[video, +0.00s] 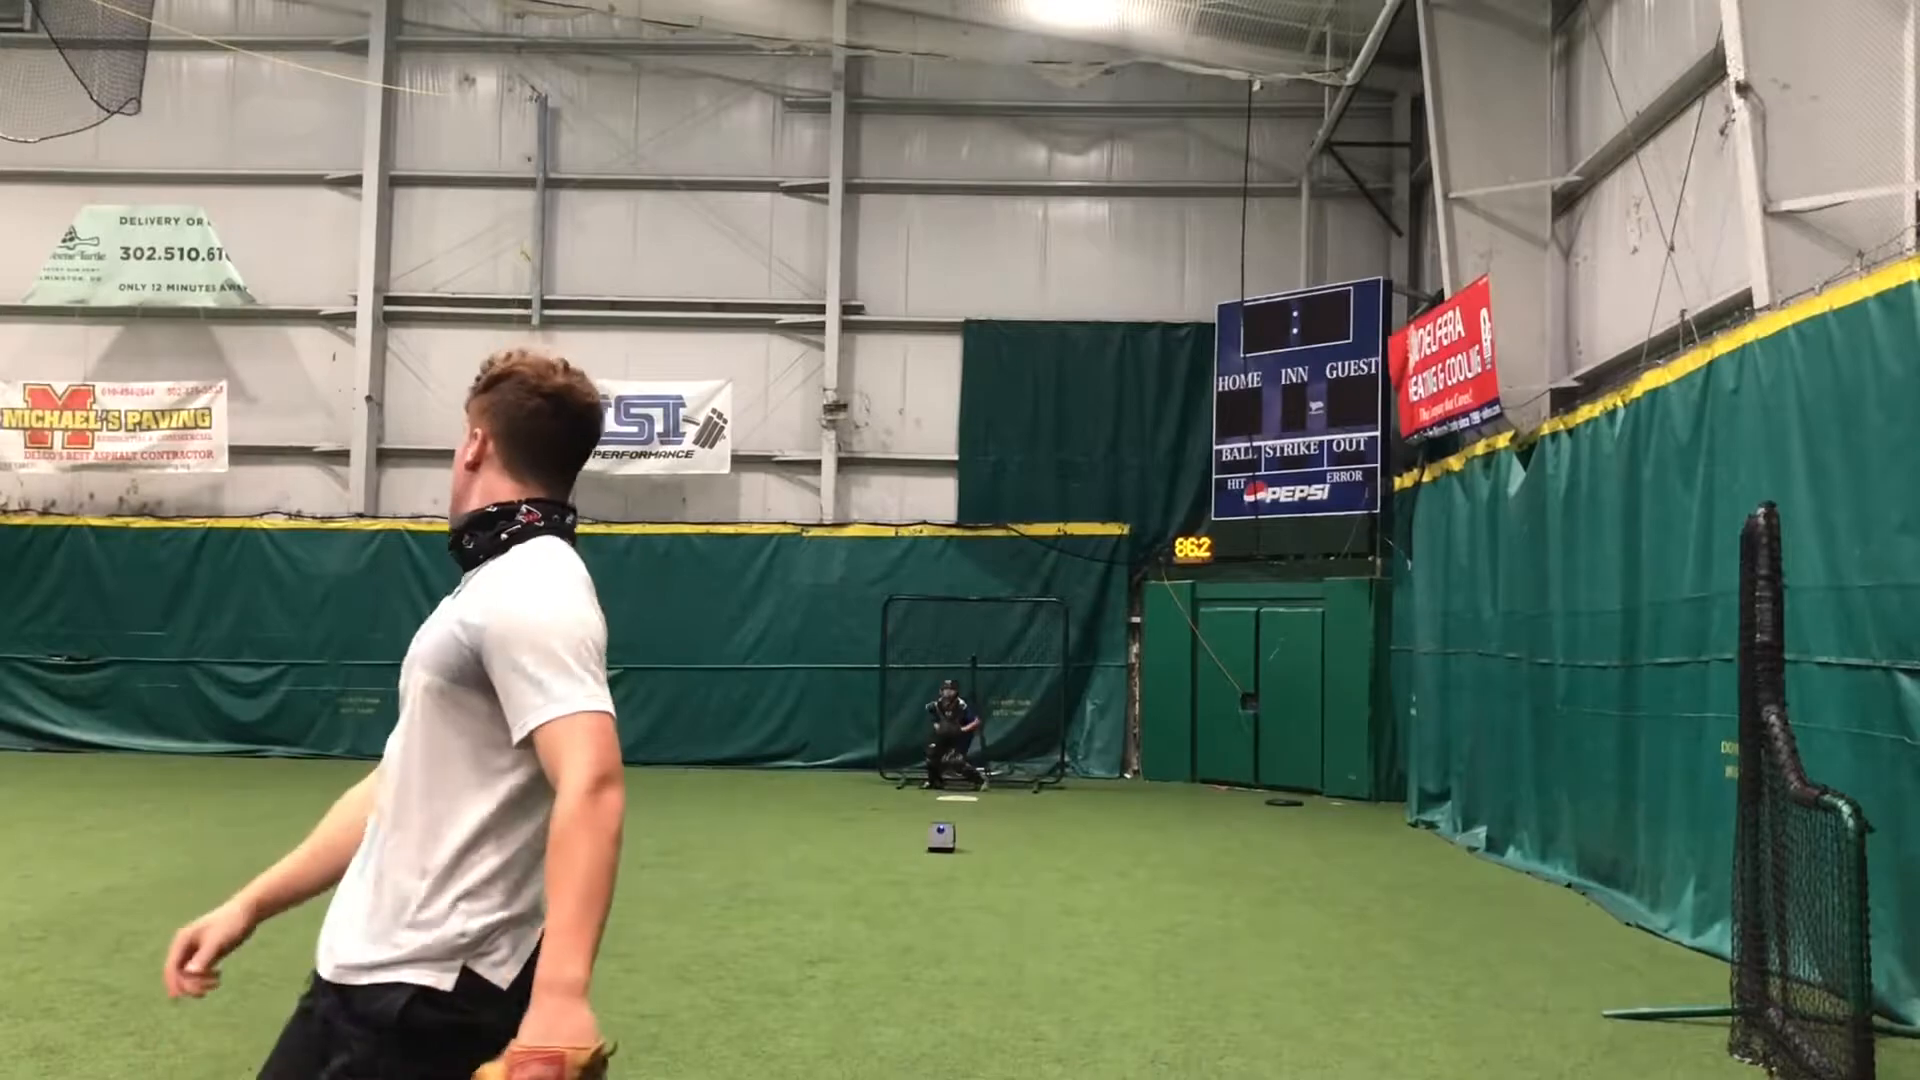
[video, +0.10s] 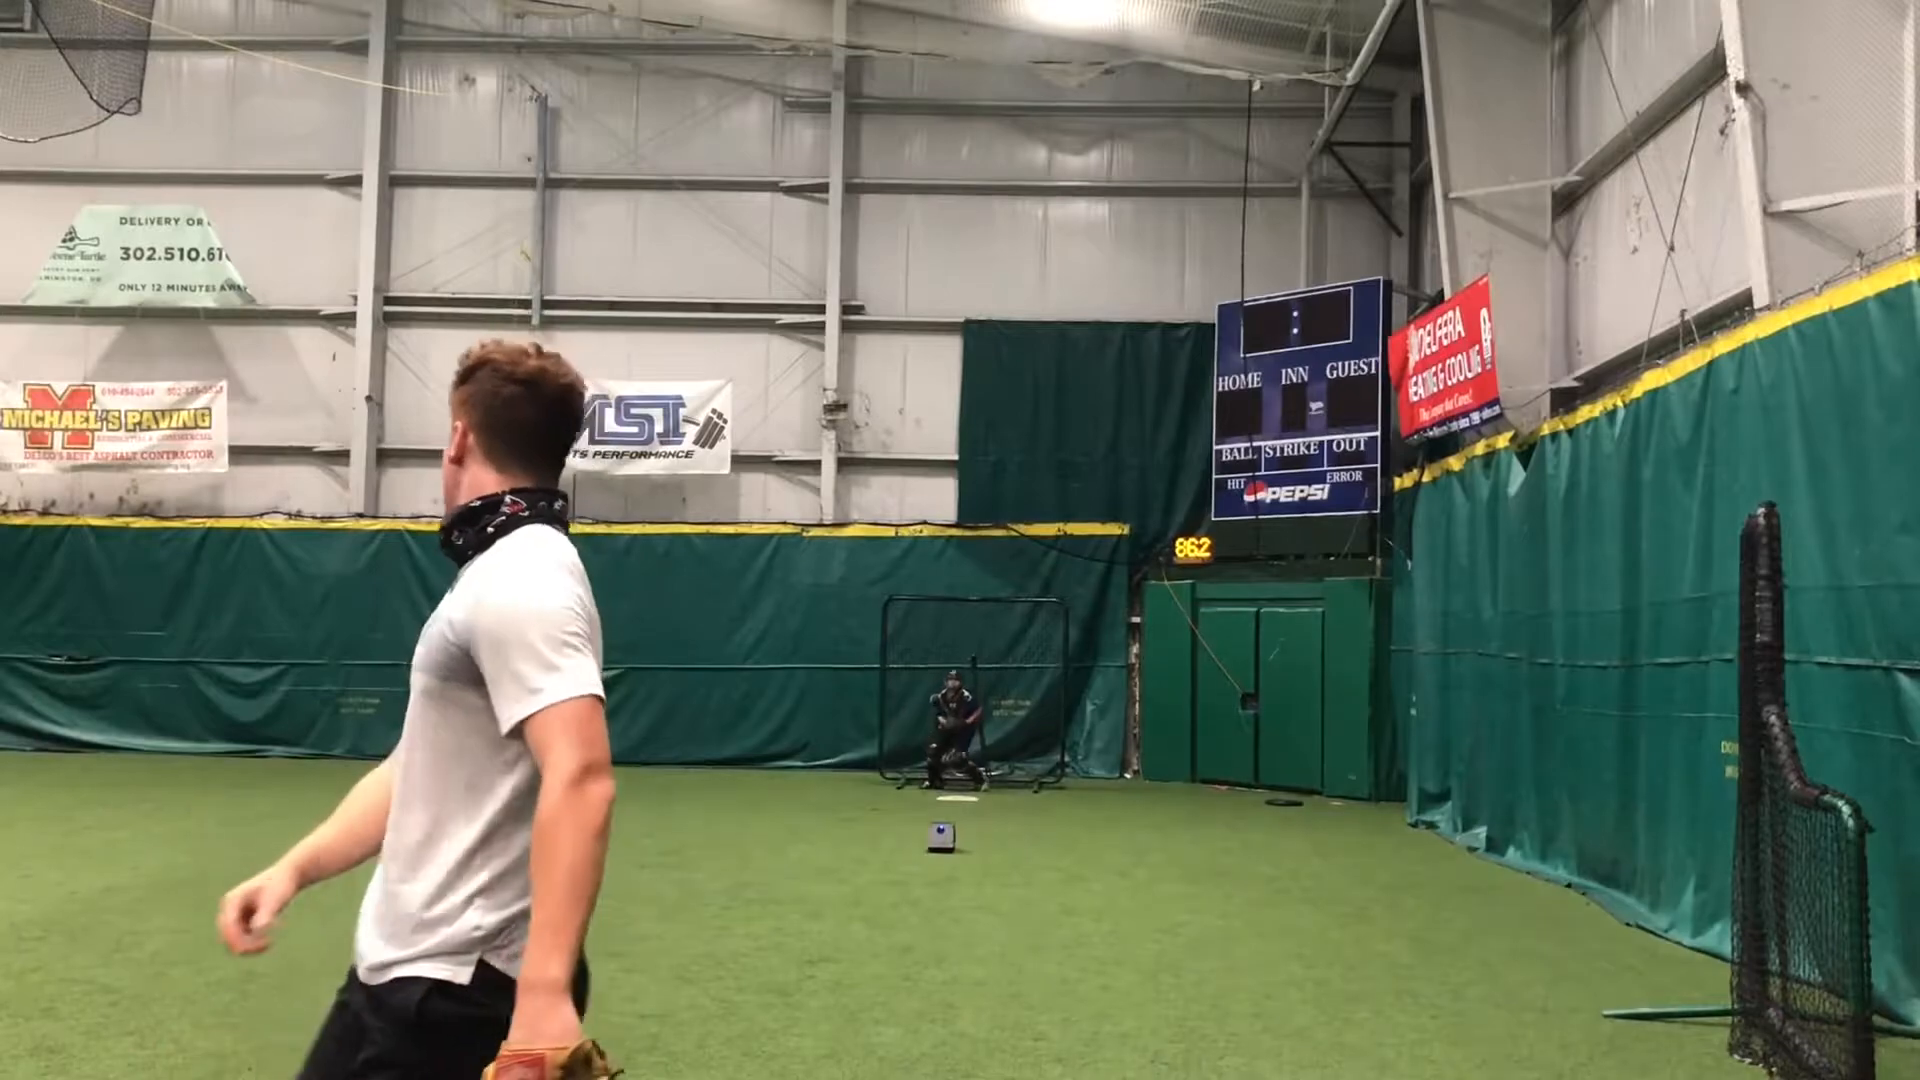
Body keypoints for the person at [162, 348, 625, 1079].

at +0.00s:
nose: (456, 454)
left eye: (461, 435)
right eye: (463, 435)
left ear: (475, 445)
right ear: (564, 469)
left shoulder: (532, 588)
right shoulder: (500, 584)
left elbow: (593, 788)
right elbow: (390, 789)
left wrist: (562, 992)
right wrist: (249, 905)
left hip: (422, 993)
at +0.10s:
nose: (444, 450)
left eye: (447, 429)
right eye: (453, 428)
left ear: (458, 440)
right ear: (555, 457)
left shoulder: (522, 577)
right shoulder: (502, 571)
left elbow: (581, 781)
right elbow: (417, 768)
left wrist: (546, 990)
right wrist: (292, 871)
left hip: (445, 994)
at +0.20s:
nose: (433, 439)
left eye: (435, 420)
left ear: (444, 437)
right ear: (546, 446)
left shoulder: (500, 577)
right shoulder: (535, 559)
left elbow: (556, 775)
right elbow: (451, 752)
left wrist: (514, 993)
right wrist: (343, 831)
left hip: (473, 982)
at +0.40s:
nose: (438, 434)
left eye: (439, 420)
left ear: (447, 437)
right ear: (553, 451)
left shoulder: (455, 580)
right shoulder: (572, 568)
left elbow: (463, 790)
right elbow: (505, 780)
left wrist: (401, 1004)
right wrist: (379, 890)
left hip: (515, 955)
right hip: (601, 930)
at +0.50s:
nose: (441, 440)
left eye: (444, 425)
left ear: (453, 441)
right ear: (562, 452)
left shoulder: (427, 584)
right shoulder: (611, 595)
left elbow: (389, 804)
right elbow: (582, 787)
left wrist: (319, 1010)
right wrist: (444, 918)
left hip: (481, 968)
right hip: (615, 945)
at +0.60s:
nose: (448, 442)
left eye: (448, 429)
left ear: (456, 443)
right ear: (569, 454)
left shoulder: (399, 589)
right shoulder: (633, 605)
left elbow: (322, 807)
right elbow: (608, 774)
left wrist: (240, 1000)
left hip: (460, 976)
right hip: (615, 965)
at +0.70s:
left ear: (456, 443)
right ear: (571, 452)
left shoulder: (377, 592)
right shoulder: (636, 599)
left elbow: (267, 812)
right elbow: (678, 774)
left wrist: (182, 986)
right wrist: (676, 854)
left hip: (446, 978)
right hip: (611, 966)